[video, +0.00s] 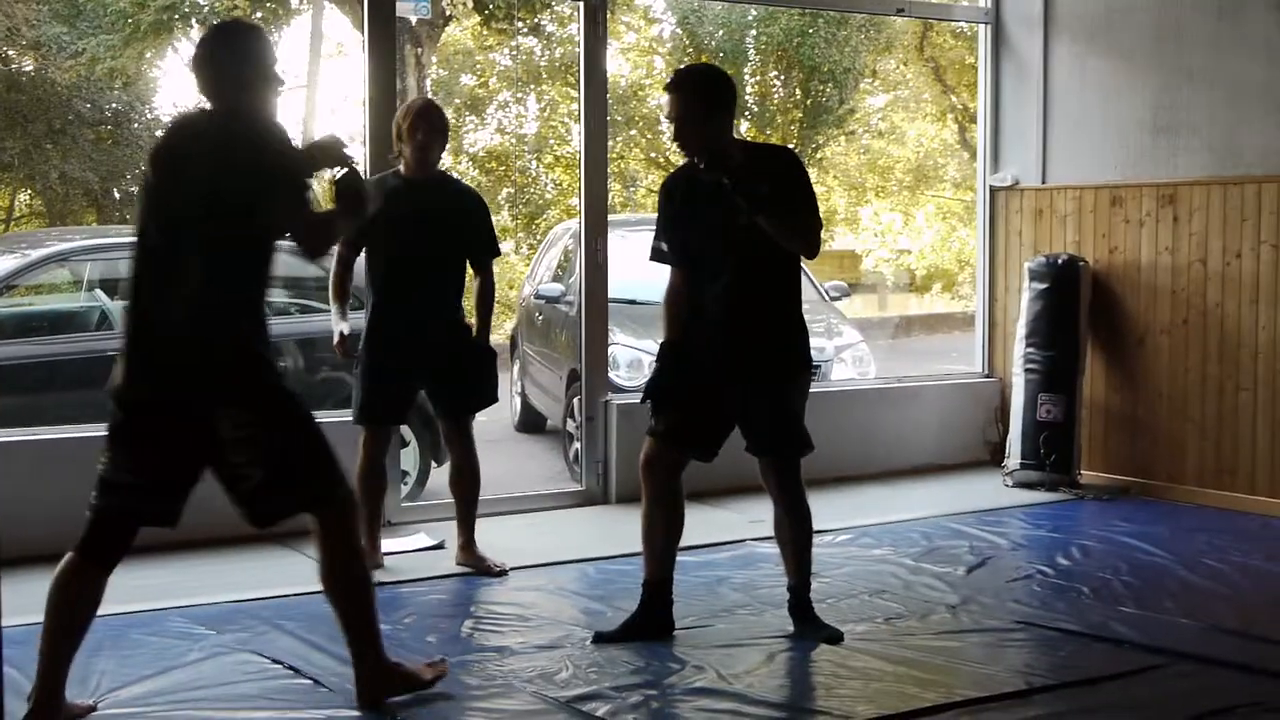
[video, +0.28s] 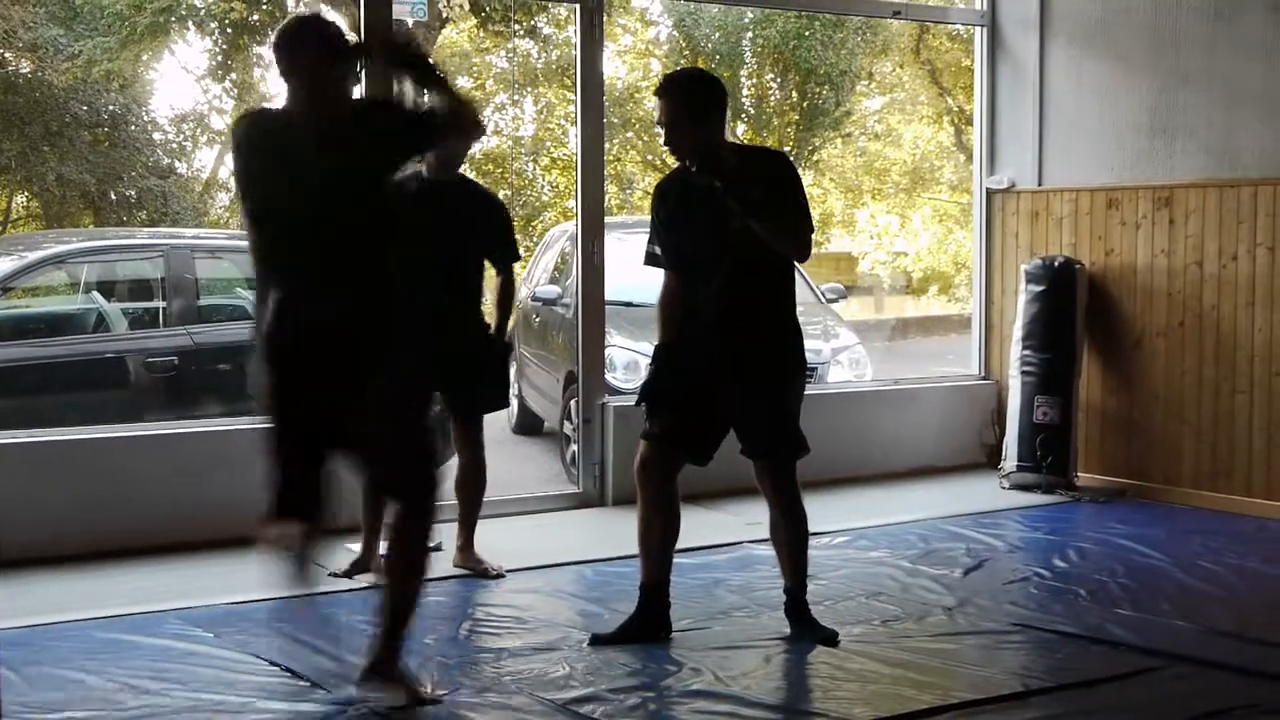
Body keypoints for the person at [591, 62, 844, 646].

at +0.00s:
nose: (673, 130)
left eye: (681, 117)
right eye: (671, 118)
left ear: (716, 113)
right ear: (686, 115)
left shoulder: (778, 165)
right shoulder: (680, 187)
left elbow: (807, 244)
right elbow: (679, 279)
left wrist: (741, 190)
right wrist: (669, 356)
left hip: (772, 352)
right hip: (701, 353)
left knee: (784, 479)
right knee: (658, 464)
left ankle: (801, 605)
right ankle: (655, 610)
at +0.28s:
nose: (664, 134)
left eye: (671, 121)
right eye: (662, 122)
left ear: (707, 115)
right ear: (680, 118)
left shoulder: (771, 168)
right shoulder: (673, 190)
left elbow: (797, 248)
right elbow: (673, 282)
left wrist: (734, 200)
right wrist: (664, 357)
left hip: (766, 353)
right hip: (695, 354)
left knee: (779, 481)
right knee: (653, 467)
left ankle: (797, 606)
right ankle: (653, 612)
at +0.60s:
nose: (670, 138)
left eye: (677, 125)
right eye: (668, 127)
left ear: (712, 120)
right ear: (685, 124)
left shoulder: (780, 169)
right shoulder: (682, 193)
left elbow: (809, 254)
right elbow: (693, 278)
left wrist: (736, 210)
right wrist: (699, 354)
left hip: (790, 349)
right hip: (721, 352)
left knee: (796, 484)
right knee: (676, 470)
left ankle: (800, 609)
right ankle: (649, 604)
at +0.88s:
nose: (693, 141)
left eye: (700, 127)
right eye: (691, 129)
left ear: (733, 122)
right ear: (715, 128)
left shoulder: (803, 169)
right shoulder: (710, 193)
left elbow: (843, 257)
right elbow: (730, 280)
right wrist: (730, 355)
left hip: (821, 348)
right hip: (755, 349)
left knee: (814, 480)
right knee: (712, 457)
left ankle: (804, 607)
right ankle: (733, 578)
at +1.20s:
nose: (713, 136)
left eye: (721, 123)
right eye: (711, 124)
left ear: (755, 119)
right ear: (732, 125)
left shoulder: (818, 168)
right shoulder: (728, 189)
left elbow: (848, 252)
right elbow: (730, 279)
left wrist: (783, 205)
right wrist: (713, 350)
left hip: (825, 334)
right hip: (765, 338)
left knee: (809, 464)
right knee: (781, 465)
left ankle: (805, 596)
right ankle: (818, 572)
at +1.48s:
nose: (738, 132)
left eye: (746, 120)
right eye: (734, 121)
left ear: (782, 115)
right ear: (741, 120)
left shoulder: (838, 168)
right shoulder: (747, 183)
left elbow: (857, 251)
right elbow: (733, 272)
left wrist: (807, 207)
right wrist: (708, 331)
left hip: (831, 343)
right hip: (766, 344)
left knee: (821, 478)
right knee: (758, 468)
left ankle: (814, 603)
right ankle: (798, 567)